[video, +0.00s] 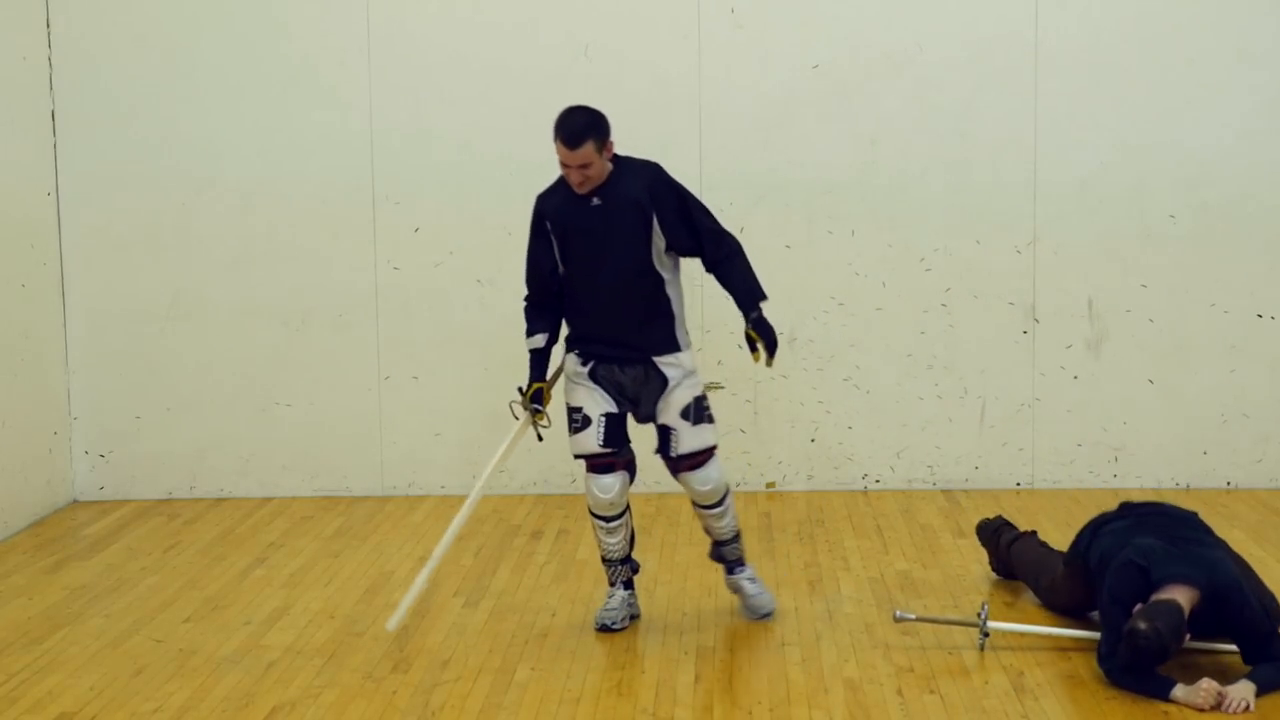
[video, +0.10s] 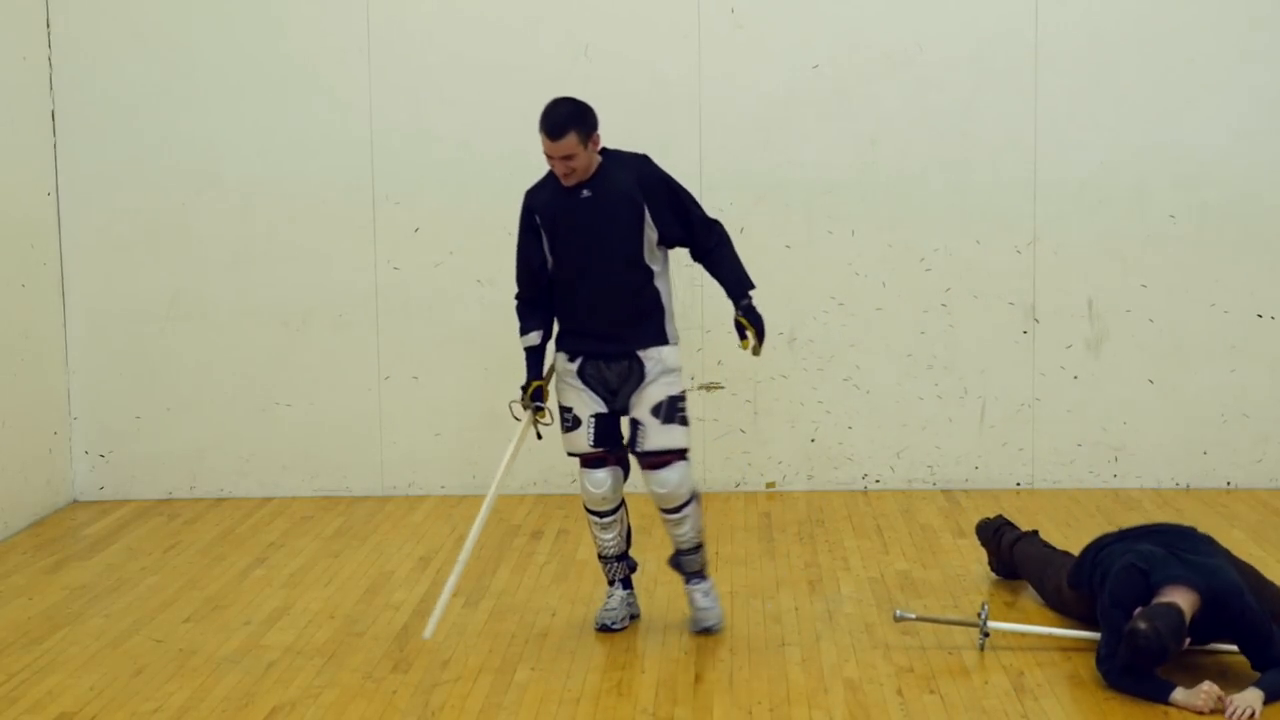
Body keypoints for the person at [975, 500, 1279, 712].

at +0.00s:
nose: (1126, 629)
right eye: (1130, 627)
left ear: (1180, 640)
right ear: (1136, 612)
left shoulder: (1230, 590)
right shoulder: (1125, 577)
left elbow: (1273, 661)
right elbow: (1114, 663)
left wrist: (1249, 685)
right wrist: (1181, 693)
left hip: (1185, 525)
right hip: (1113, 528)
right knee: (1068, 598)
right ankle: (1007, 542)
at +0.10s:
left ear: (1180, 643)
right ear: (1134, 616)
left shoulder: (1228, 594)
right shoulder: (1124, 583)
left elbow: (1277, 666)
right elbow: (1112, 668)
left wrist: (1256, 693)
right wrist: (1181, 696)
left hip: (1194, 544)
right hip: (1112, 552)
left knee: (1276, 608)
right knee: (1067, 587)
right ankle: (1008, 541)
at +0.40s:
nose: (1166, 688)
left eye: (1169, 681)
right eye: (1157, 682)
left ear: (1190, 657)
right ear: (1139, 638)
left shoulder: (1229, 614)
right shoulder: (1127, 608)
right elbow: (1113, 682)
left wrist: (1267, 703)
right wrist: (1193, 703)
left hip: (1187, 565)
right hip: (1106, 581)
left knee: (1277, 598)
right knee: (1050, 568)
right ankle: (1001, 541)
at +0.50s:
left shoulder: (1228, 623)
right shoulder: (1127, 614)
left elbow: (1279, 671)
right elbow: (1114, 687)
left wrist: (1271, 706)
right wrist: (1200, 702)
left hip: (1182, 568)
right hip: (1103, 583)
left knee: (1276, 598)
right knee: (1048, 570)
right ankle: (1007, 546)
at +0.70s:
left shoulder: (1227, 628)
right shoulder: (1122, 624)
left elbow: (1279, 678)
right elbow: (1111, 691)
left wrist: (1272, 705)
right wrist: (1199, 700)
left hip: (1182, 568)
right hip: (1104, 583)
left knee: (1276, 603)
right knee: (1050, 572)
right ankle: (1010, 551)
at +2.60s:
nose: (1131, 663)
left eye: (1138, 667)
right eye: (1137, 658)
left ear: (1193, 670)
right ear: (1152, 639)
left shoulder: (1226, 632)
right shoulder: (1124, 626)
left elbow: (1278, 675)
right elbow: (1109, 691)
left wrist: (1271, 705)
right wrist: (1198, 703)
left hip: (1183, 570)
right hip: (1105, 585)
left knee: (1276, 603)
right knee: (1047, 571)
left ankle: (1224, 575)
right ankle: (1009, 550)